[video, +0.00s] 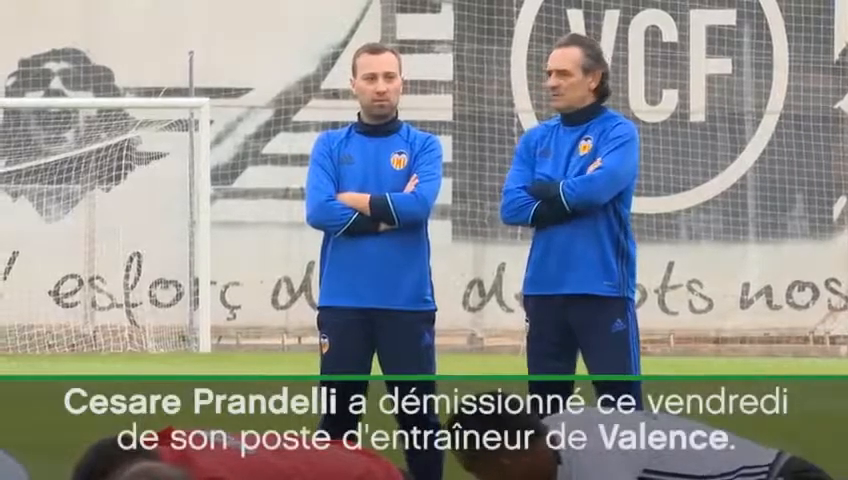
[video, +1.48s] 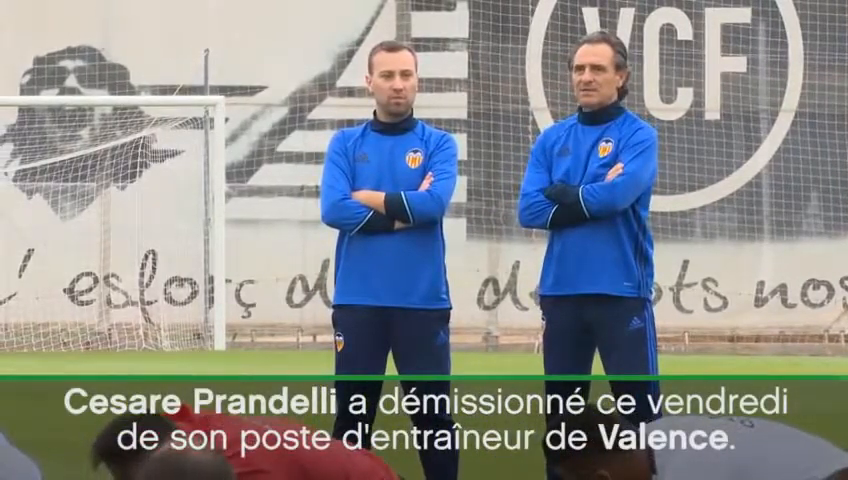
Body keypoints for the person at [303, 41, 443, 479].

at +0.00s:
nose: (381, 87)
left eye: (389, 77)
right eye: (370, 78)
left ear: (402, 84)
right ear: (353, 86)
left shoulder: (424, 144)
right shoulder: (330, 144)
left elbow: (418, 207)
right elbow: (318, 212)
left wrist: (348, 198)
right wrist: (391, 214)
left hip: (407, 303)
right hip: (342, 303)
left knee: (418, 415)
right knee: (337, 417)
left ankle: (427, 479)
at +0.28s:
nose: (386, 87)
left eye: (395, 77)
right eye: (376, 78)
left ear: (407, 85)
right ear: (359, 86)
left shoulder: (430, 144)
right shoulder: (335, 144)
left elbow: (423, 208)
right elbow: (324, 212)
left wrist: (351, 198)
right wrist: (396, 214)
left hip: (413, 302)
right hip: (348, 302)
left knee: (422, 416)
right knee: (341, 416)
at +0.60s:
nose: (393, 85)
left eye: (402, 76)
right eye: (382, 76)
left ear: (413, 83)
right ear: (365, 84)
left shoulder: (436, 143)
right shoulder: (341, 142)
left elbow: (429, 206)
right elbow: (330, 211)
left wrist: (358, 197)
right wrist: (403, 212)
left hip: (419, 301)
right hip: (354, 301)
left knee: (430, 416)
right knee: (348, 416)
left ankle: (438, 478)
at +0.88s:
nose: (395, 85)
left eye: (404, 75)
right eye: (385, 76)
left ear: (416, 82)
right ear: (367, 84)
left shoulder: (438, 143)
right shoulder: (343, 142)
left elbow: (431, 206)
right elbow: (332, 211)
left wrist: (361, 197)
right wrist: (405, 212)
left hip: (421, 302)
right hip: (356, 302)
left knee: (431, 416)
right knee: (351, 417)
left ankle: (441, 478)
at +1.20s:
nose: (397, 84)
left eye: (405, 75)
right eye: (386, 76)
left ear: (417, 82)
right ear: (369, 84)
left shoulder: (438, 142)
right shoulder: (344, 142)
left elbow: (432, 206)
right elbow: (333, 210)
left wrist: (362, 196)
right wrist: (405, 212)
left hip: (422, 302)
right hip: (357, 301)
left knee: (432, 416)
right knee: (351, 418)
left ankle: (442, 479)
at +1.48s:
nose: (398, 84)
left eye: (406, 75)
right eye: (387, 76)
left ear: (417, 82)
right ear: (369, 83)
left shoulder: (439, 142)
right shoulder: (345, 142)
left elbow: (434, 205)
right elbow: (333, 210)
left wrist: (363, 196)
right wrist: (406, 212)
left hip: (423, 301)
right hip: (358, 301)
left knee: (433, 416)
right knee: (352, 418)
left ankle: (442, 479)